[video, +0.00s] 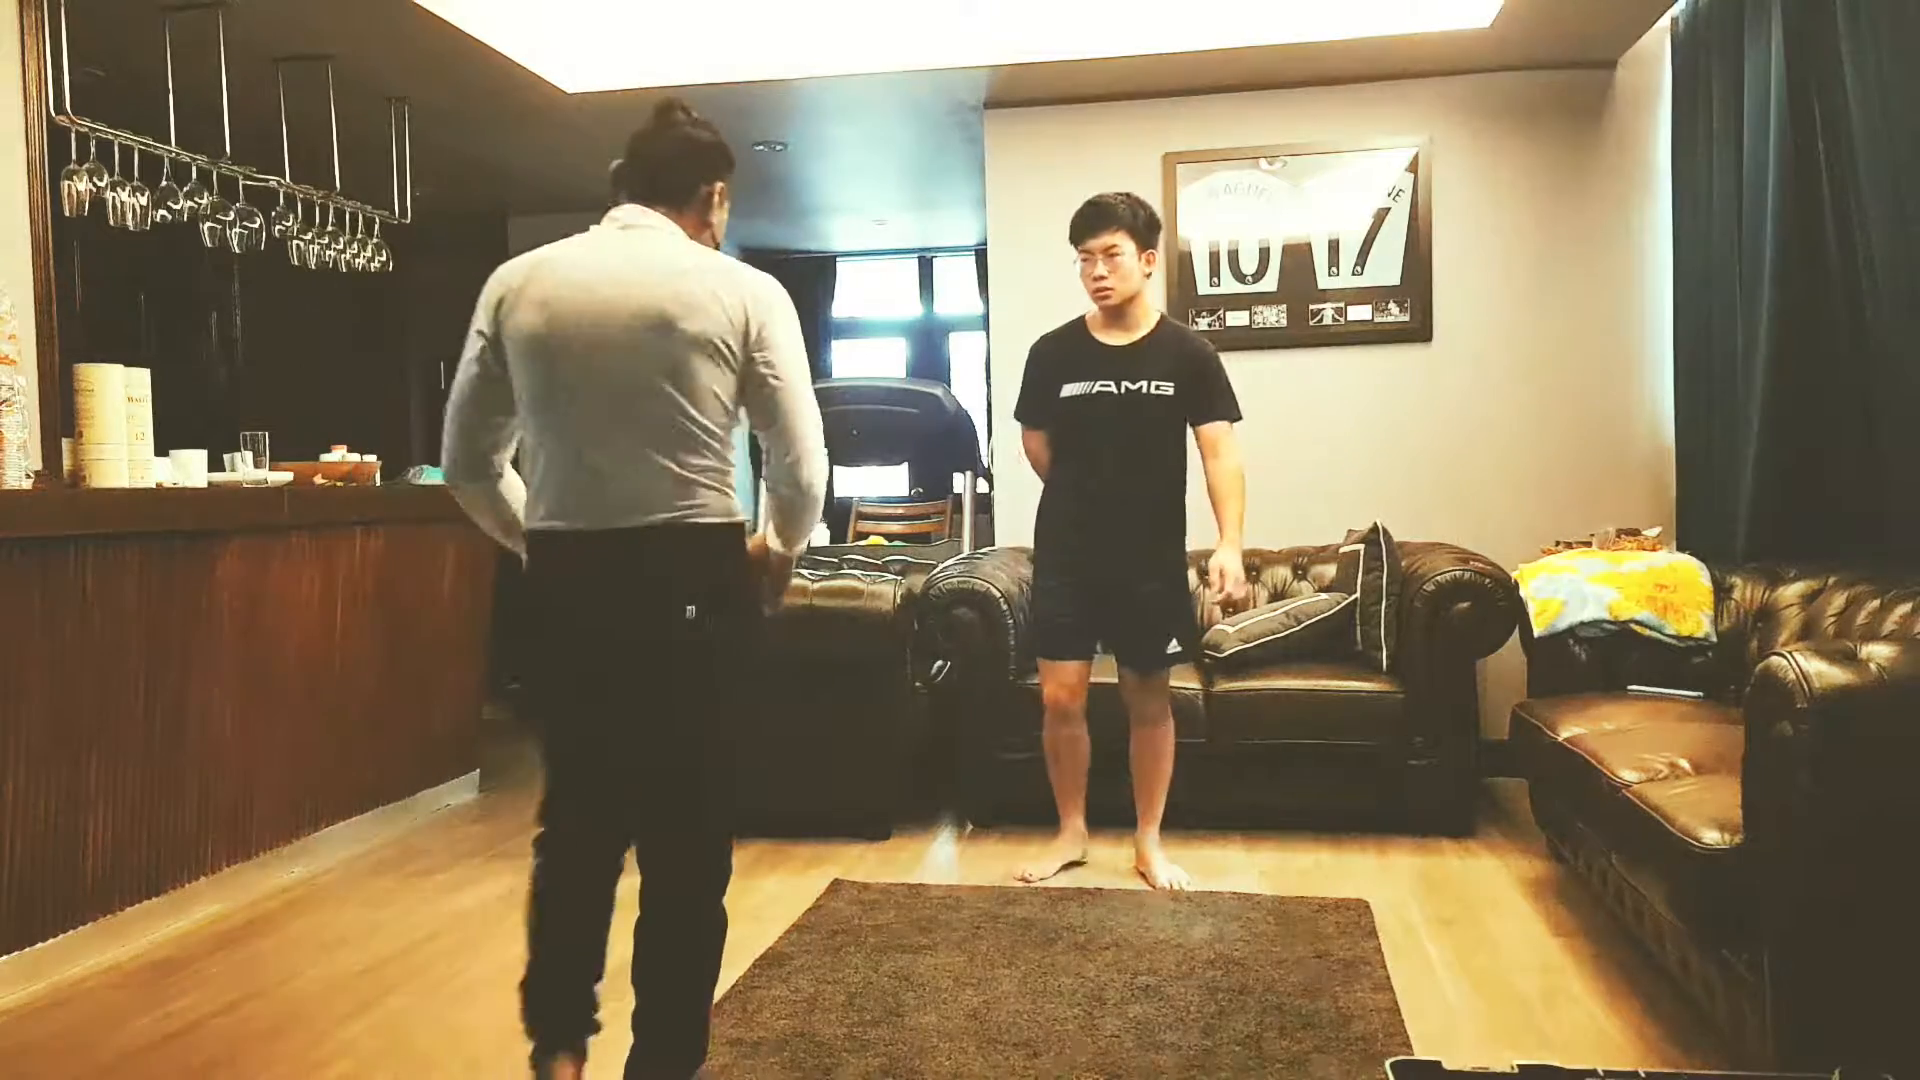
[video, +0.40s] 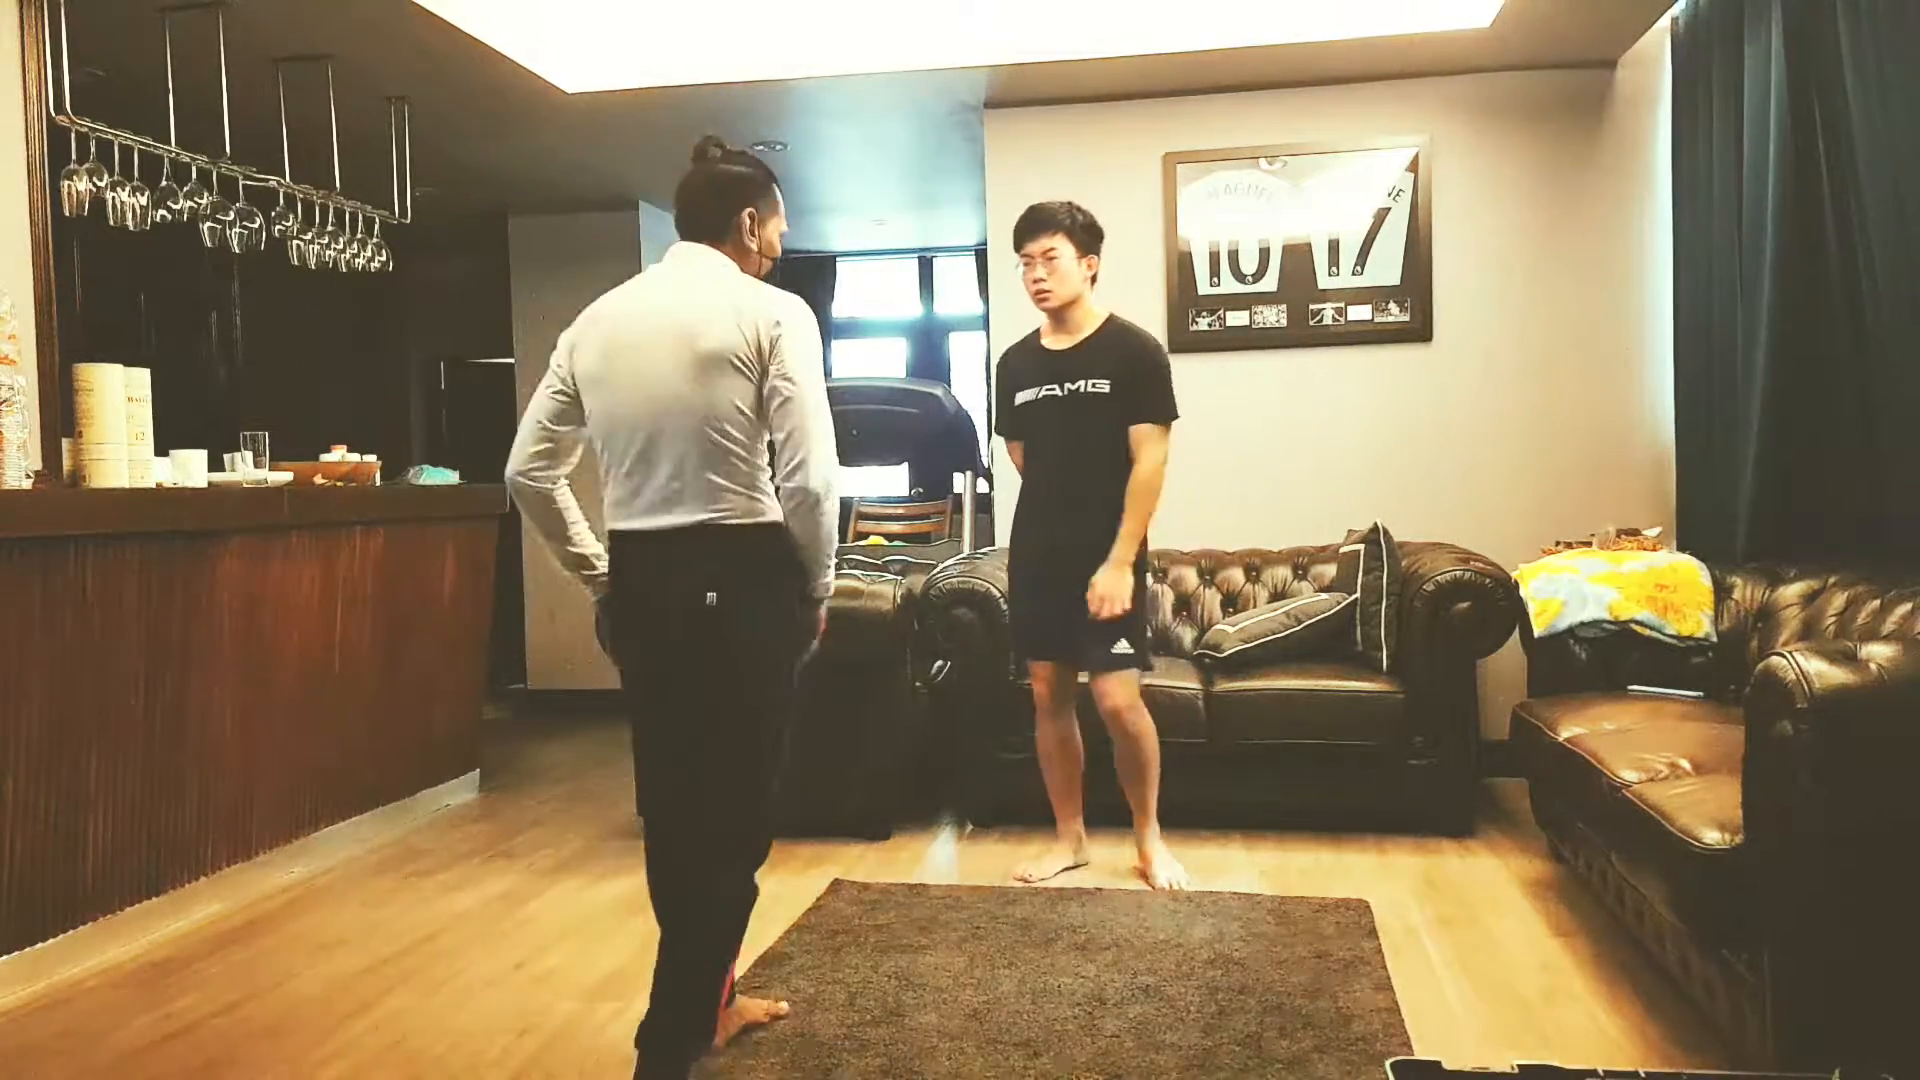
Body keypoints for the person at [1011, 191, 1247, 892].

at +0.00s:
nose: (1096, 271)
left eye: (1111, 255)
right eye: (1086, 258)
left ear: (1149, 259)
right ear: (1076, 265)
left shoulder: (1187, 355)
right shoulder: (1052, 353)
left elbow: (1220, 452)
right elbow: (1037, 446)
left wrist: (1229, 543)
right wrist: (1085, 490)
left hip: (1149, 555)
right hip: (1067, 555)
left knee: (1149, 704)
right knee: (1061, 698)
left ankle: (1148, 841)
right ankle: (1071, 835)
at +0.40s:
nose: (1035, 274)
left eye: (1049, 259)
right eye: (1026, 263)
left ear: (1090, 262)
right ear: (1022, 272)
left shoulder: (1135, 352)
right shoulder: (1015, 363)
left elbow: (1149, 464)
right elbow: (1022, 457)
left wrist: (1121, 561)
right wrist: (1073, 496)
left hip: (1108, 548)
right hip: (1038, 548)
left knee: (1118, 700)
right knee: (1048, 692)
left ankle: (1149, 842)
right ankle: (1070, 843)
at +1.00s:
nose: (991, 280)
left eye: (1006, 266)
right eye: (983, 269)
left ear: (1046, 269)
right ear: (979, 278)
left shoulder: (1082, 345)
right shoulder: (990, 370)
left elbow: (1097, 455)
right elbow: (989, 469)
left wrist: (1070, 555)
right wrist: (973, 557)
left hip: (1077, 551)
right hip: (1016, 553)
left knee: (1085, 699)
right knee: (1040, 697)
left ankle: (1123, 861)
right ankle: (1071, 841)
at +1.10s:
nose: (989, 279)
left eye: (1004, 265)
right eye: (981, 268)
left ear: (1043, 268)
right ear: (976, 276)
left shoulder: (1081, 345)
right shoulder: (987, 369)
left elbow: (1101, 452)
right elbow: (984, 471)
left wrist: (1069, 547)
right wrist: (970, 552)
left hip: (1075, 551)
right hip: (1013, 553)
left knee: (1085, 701)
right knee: (1038, 697)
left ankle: (1123, 858)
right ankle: (1071, 841)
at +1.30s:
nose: (987, 277)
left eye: (1002, 263)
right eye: (979, 266)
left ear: (1041, 267)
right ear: (975, 275)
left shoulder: (1087, 346)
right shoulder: (983, 370)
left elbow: (1111, 440)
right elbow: (985, 457)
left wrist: (1070, 419)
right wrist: (970, 514)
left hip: (1078, 553)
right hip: (1012, 554)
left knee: (1082, 699)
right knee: (1036, 694)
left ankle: (1124, 858)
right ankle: (1069, 842)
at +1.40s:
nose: (987, 275)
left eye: (1002, 261)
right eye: (980, 263)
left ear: (1043, 265)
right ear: (977, 273)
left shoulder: (1082, 340)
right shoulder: (984, 366)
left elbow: (1077, 429)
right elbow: (976, 453)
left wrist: (1070, 331)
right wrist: (972, 463)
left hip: (1075, 542)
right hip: (1013, 546)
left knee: (1076, 696)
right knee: (1037, 696)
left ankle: (1123, 853)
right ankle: (1069, 841)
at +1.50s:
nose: (983, 273)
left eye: (995, 259)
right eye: (980, 261)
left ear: (1041, 262)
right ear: (1002, 269)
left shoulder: (1083, 327)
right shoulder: (1000, 349)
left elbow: (1059, 381)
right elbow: (955, 447)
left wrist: (997, 301)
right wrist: (945, 394)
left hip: (1078, 537)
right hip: (1020, 537)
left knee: (1069, 696)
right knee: (1035, 694)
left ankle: (1126, 847)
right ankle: (1070, 838)